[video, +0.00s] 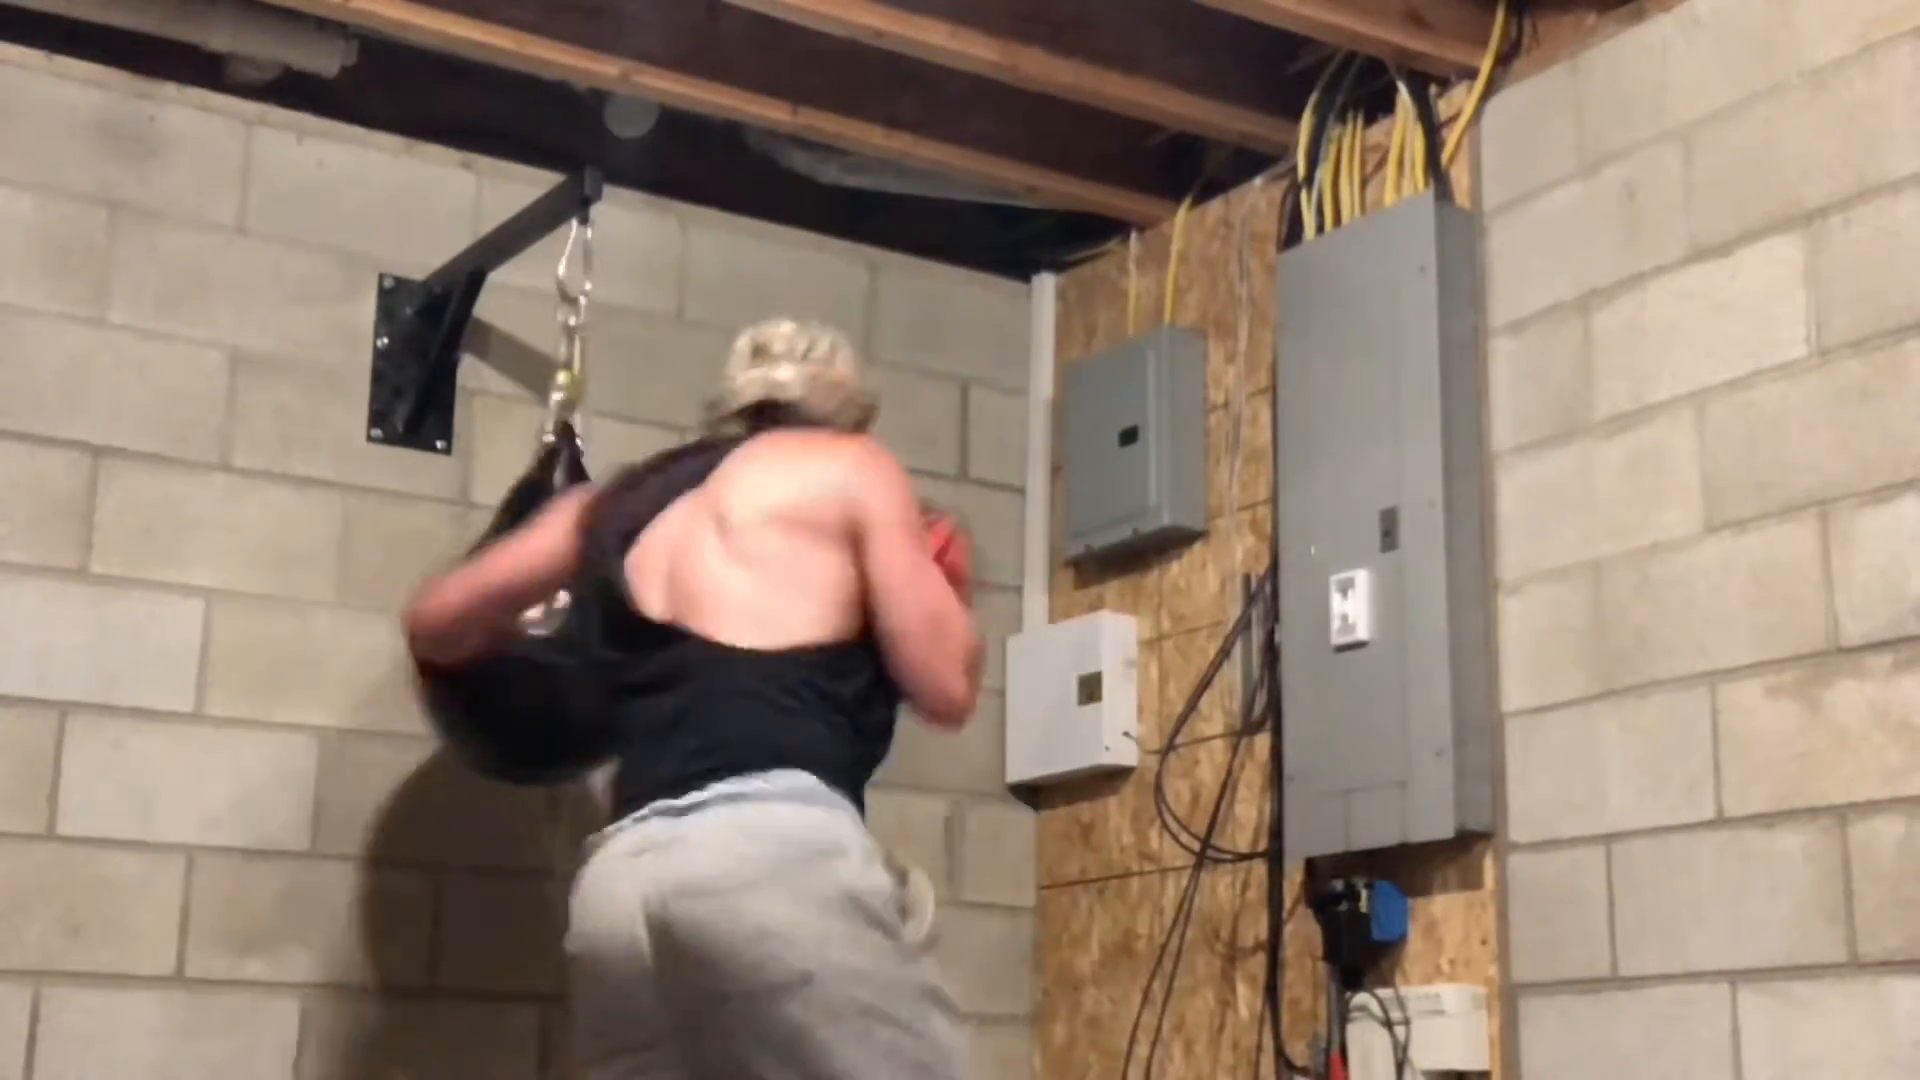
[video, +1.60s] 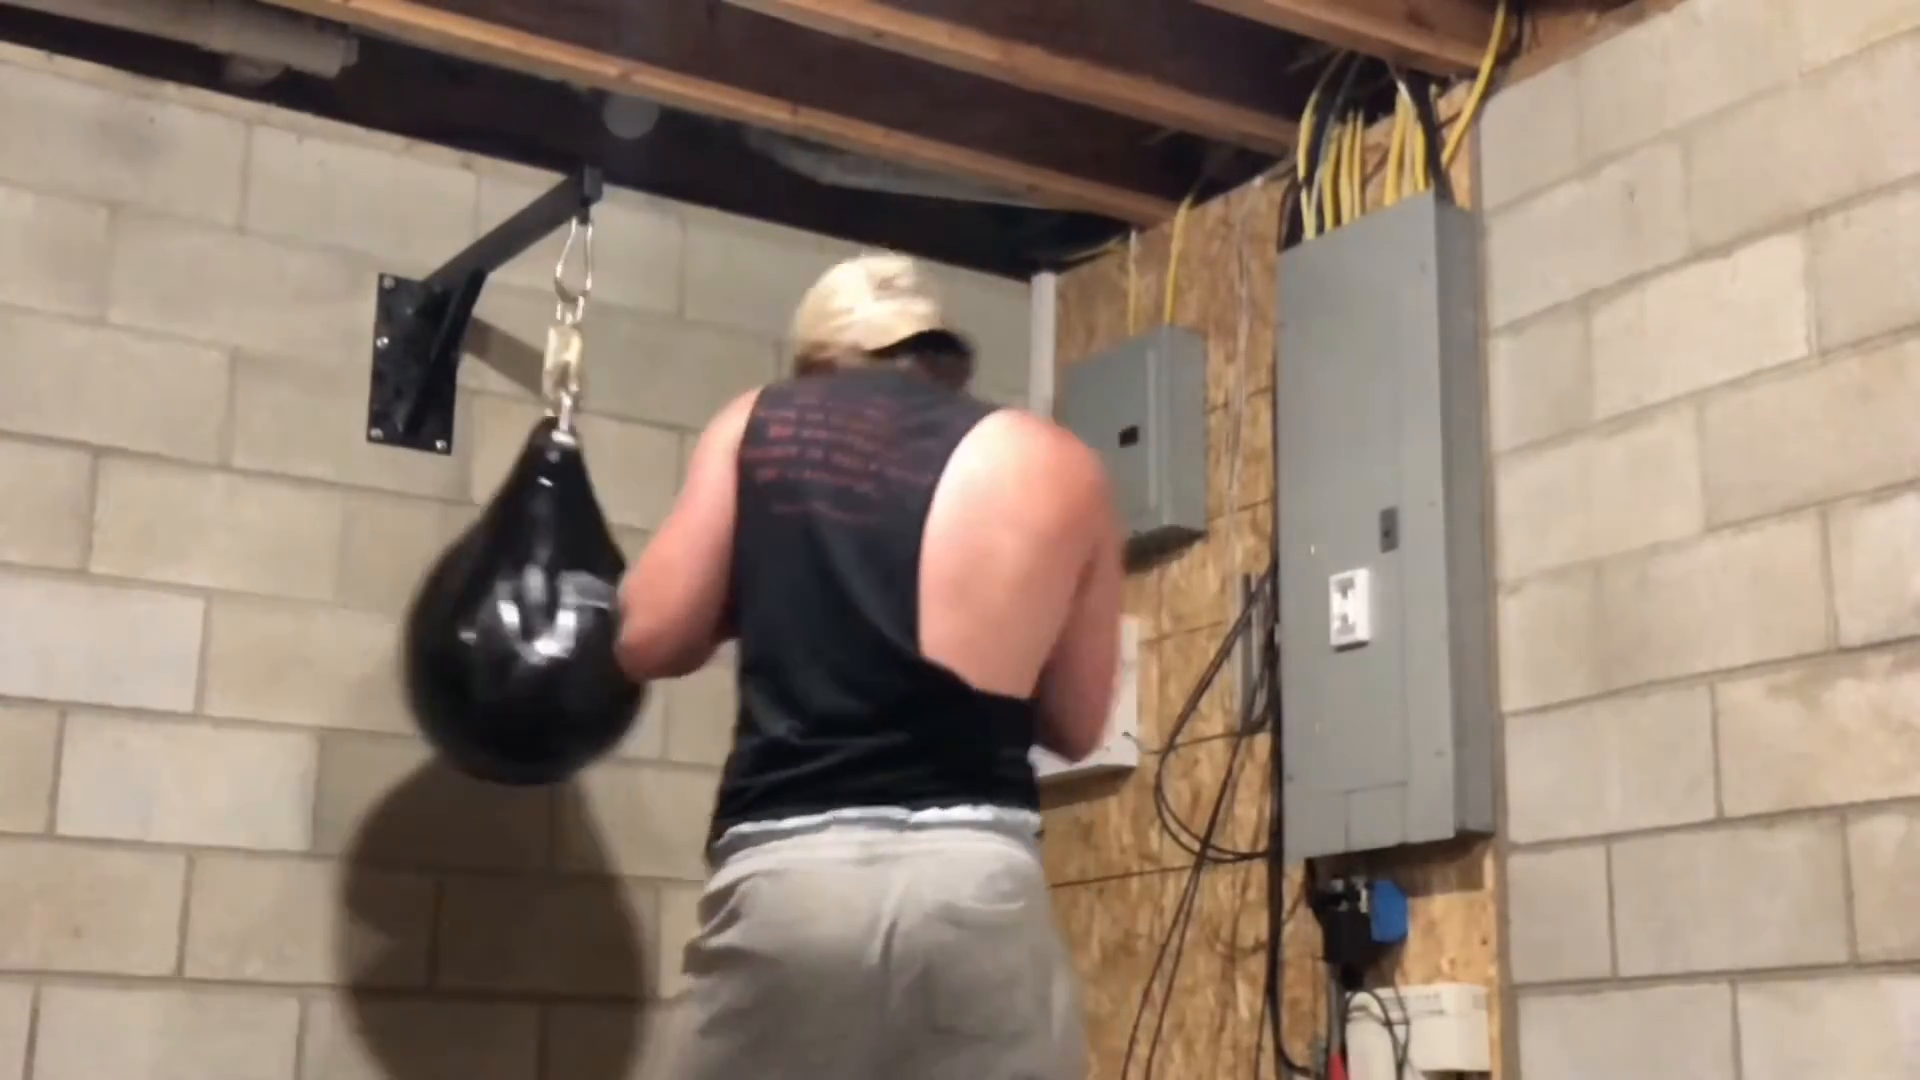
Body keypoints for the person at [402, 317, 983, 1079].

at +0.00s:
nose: (866, 423)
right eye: (860, 413)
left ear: (728, 405)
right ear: (847, 406)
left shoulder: (621, 501)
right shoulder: (854, 465)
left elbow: (435, 619)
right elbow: (947, 691)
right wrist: (947, 586)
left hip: (615, 879)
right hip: (778, 858)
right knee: (910, 1064)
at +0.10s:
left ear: (672, 441)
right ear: (791, 450)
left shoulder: (570, 512)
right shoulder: (847, 529)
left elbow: (408, 632)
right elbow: (916, 765)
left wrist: (547, 690)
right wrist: (819, 684)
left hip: (601, 910)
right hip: (789, 901)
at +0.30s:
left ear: (662, 432)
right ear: (789, 431)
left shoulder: (571, 514)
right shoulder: (858, 517)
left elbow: (471, 724)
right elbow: (905, 763)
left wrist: (607, 692)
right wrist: (802, 687)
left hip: (614, 921)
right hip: (806, 917)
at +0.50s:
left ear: (741, 380)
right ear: (871, 380)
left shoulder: (645, 480)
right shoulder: (941, 475)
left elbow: (540, 685)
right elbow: (1002, 723)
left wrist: (671, 680)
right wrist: (893, 648)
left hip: (686, 904)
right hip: (875, 895)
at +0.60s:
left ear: (795, 365)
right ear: (928, 365)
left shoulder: (698, 465)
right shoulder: (999, 461)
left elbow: (601, 666)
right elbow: (1050, 717)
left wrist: (735, 676)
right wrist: (930, 660)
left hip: (743, 888)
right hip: (937, 880)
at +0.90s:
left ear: (890, 324)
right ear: (1024, 332)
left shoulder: (792, 404)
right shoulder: (1111, 437)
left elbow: (686, 605)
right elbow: (1155, 703)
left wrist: (800, 613)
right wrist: (1030, 639)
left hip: (826, 855)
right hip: (1024, 858)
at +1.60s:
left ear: (810, 356)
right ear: (947, 357)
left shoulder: (752, 426)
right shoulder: (1062, 466)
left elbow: (648, 639)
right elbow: (1075, 726)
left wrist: (764, 576)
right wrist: (962, 619)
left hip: (783, 884)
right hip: (985, 891)